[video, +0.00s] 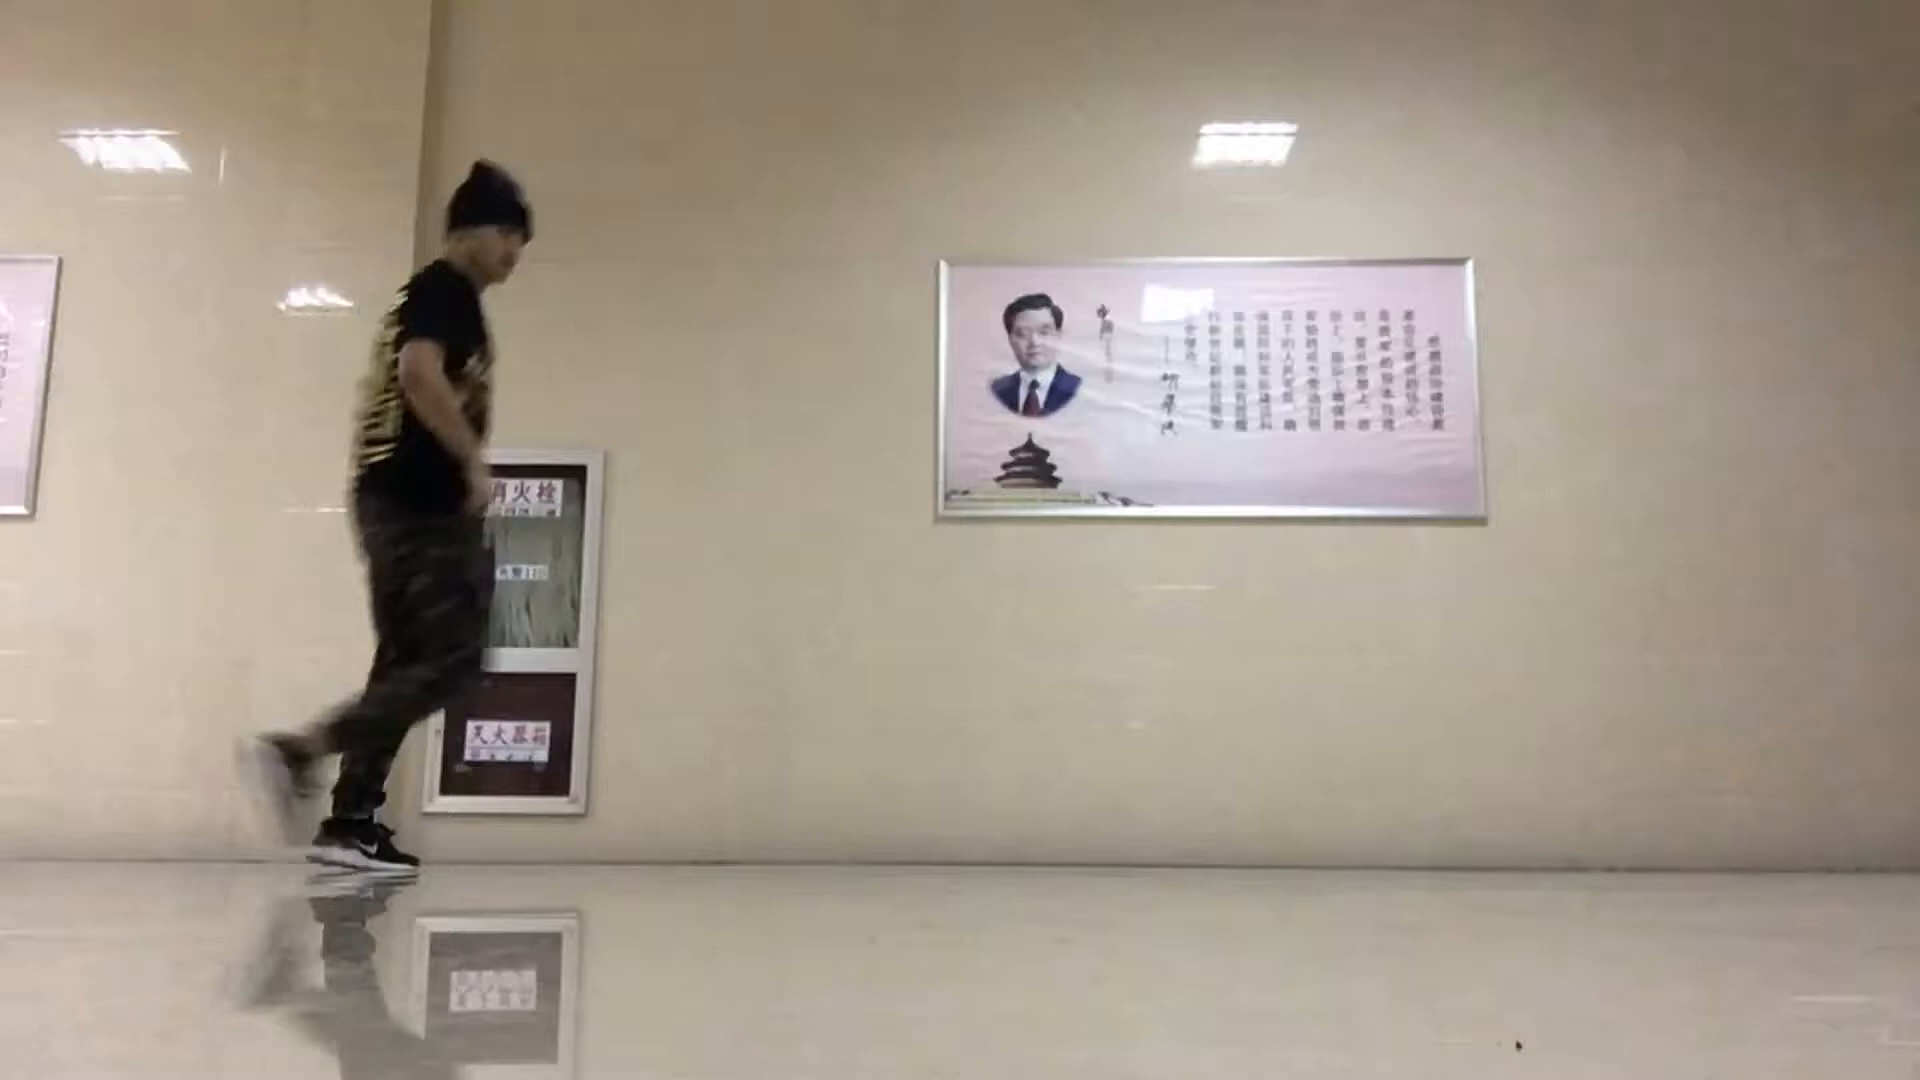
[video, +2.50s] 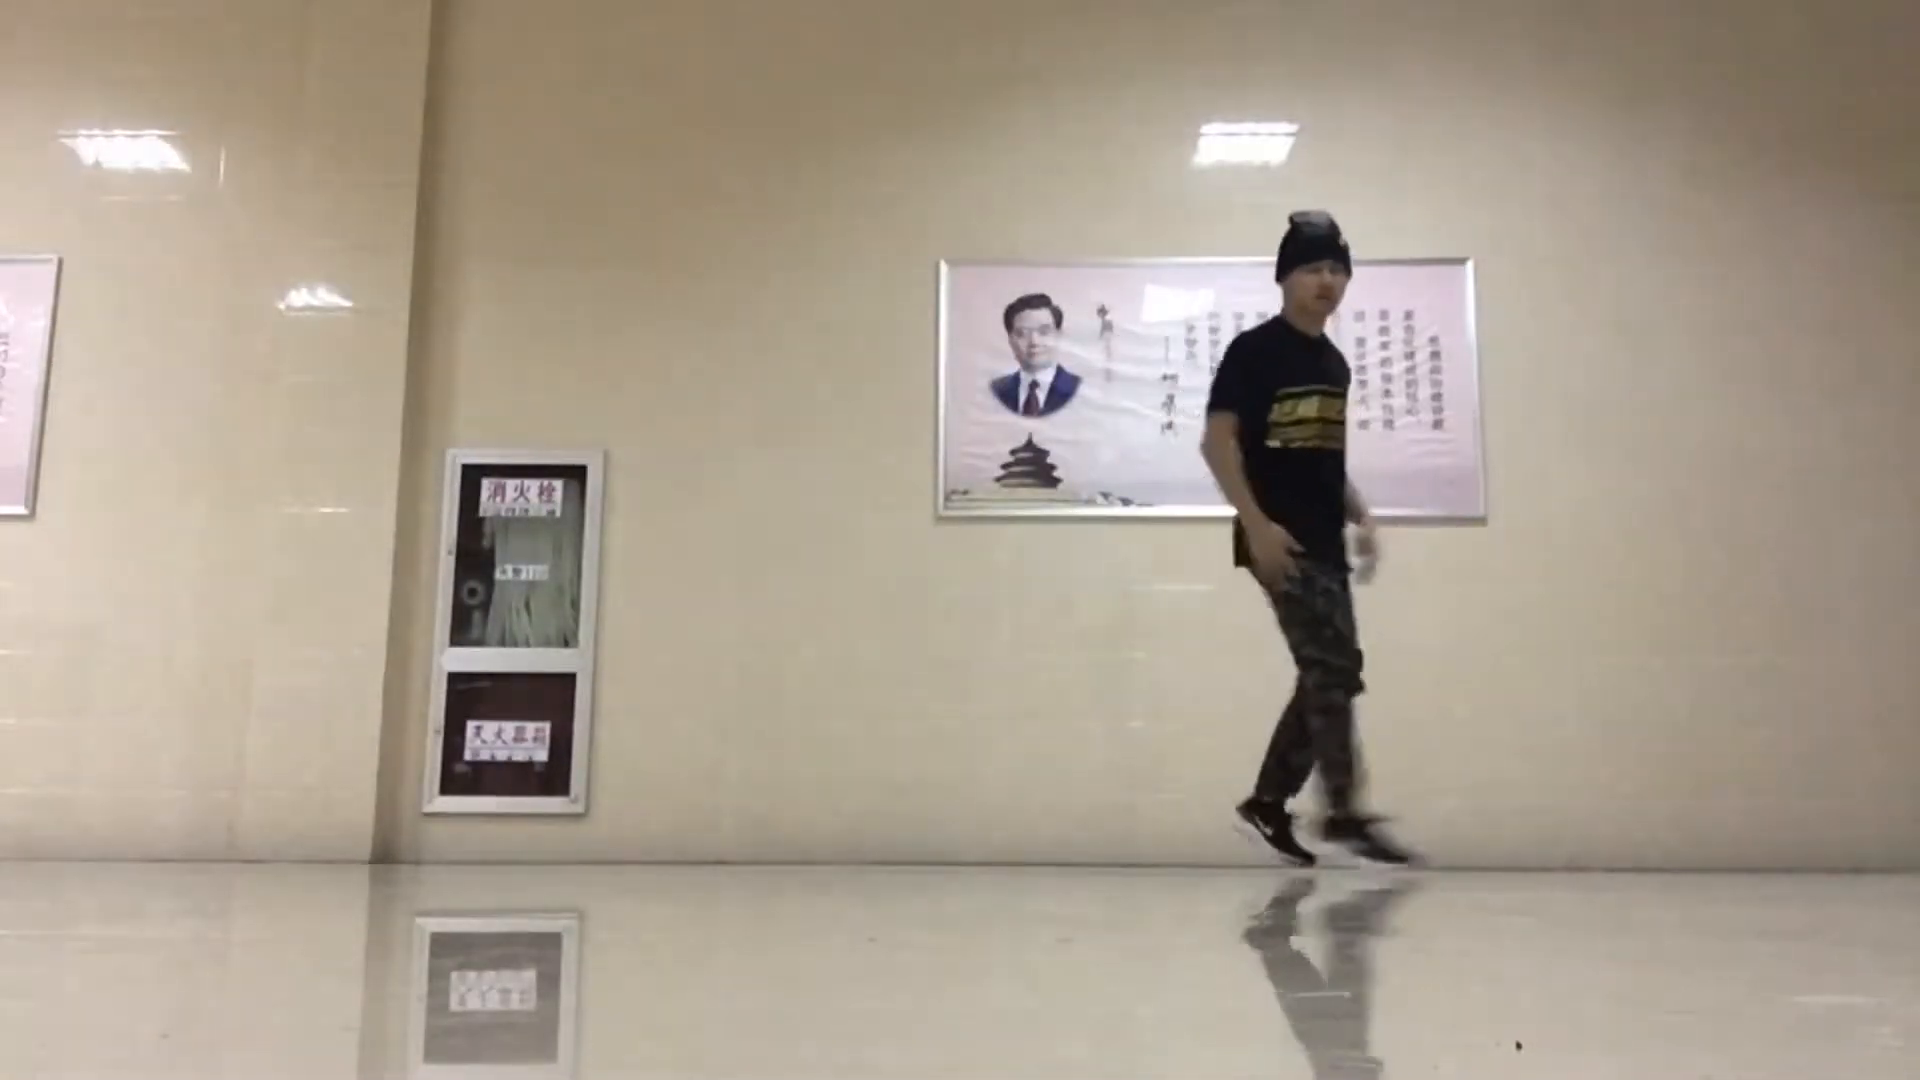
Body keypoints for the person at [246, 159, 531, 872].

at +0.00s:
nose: (517, 255)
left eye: (521, 242)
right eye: (513, 238)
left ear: (468, 231)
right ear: (478, 230)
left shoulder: (435, 292)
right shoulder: (446, 287)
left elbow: (410, 390)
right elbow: (418, 373)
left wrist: (457, 467)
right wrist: (473, 460)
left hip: (396, 495)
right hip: (419, 499)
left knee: (406, 656)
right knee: (452, 659)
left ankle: (353, 821)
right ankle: (301, 750)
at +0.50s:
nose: (717, 296)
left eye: (725, 282)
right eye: (702, 283)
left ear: (735, 288)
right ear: (672, 287)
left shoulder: (718, 368)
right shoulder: (646, 361)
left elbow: (706, 446)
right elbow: (606, 460)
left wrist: (745, 473)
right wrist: (664, 532)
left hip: (682, 553)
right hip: (651, 554)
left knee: (653, 707)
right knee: (735, 668)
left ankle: (521, 778)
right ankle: (752, 826)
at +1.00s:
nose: (907, 275)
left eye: (916, 262)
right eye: (892, 263)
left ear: (931, 267)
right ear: (867, 270)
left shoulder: (962, 346)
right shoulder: (835, 355)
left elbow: (1007, 426)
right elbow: (813, 444)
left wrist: (1052, 478)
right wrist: (854, 467)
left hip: (946, 529)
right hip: (872, 535)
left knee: (953, 670)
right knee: (883, 672)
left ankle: (958, 810)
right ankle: (926, 776)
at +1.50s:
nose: (1068, 334)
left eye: (1079, 321)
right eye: (1056, 323)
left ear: (1099, 326)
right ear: (1042, 333)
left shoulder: (1130, 394)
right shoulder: (1038, 409)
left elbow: (1138, 483)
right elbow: (1030, 500)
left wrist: (1055, 484)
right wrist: (1006, 579)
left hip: (1127, 579)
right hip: (1062, 582)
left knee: (1130, 714)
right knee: (1055, 719)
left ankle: (1196, 686)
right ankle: (1092, 834)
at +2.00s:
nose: (1274, 304)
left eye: (1282, 292)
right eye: (1260, 292)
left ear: (1292, 296)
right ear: (1232, 297)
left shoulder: (1318, 371)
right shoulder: (1197, 384)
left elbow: (1352, 448)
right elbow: (1181, 473)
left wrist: (1360, 519)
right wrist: (1201, 547)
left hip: (1317, 558)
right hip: (1248, 564)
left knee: (1325, 696)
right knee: (1260, 691)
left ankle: (1310, 819)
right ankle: (1251, 804)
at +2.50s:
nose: (1329, 284)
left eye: (1338, 273)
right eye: (1315, 270)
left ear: (1346, 283)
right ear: (1285, 275)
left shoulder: (1333, 361)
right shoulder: (1251, 350)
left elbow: (1326, 457)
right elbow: (1218, 443)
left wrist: (1358, 515)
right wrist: (1255, 524)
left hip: (1327, 536)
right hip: (1280, 535)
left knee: (1329, 671)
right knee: (1332, 666)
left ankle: (1267, 800)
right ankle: (1344, 812)